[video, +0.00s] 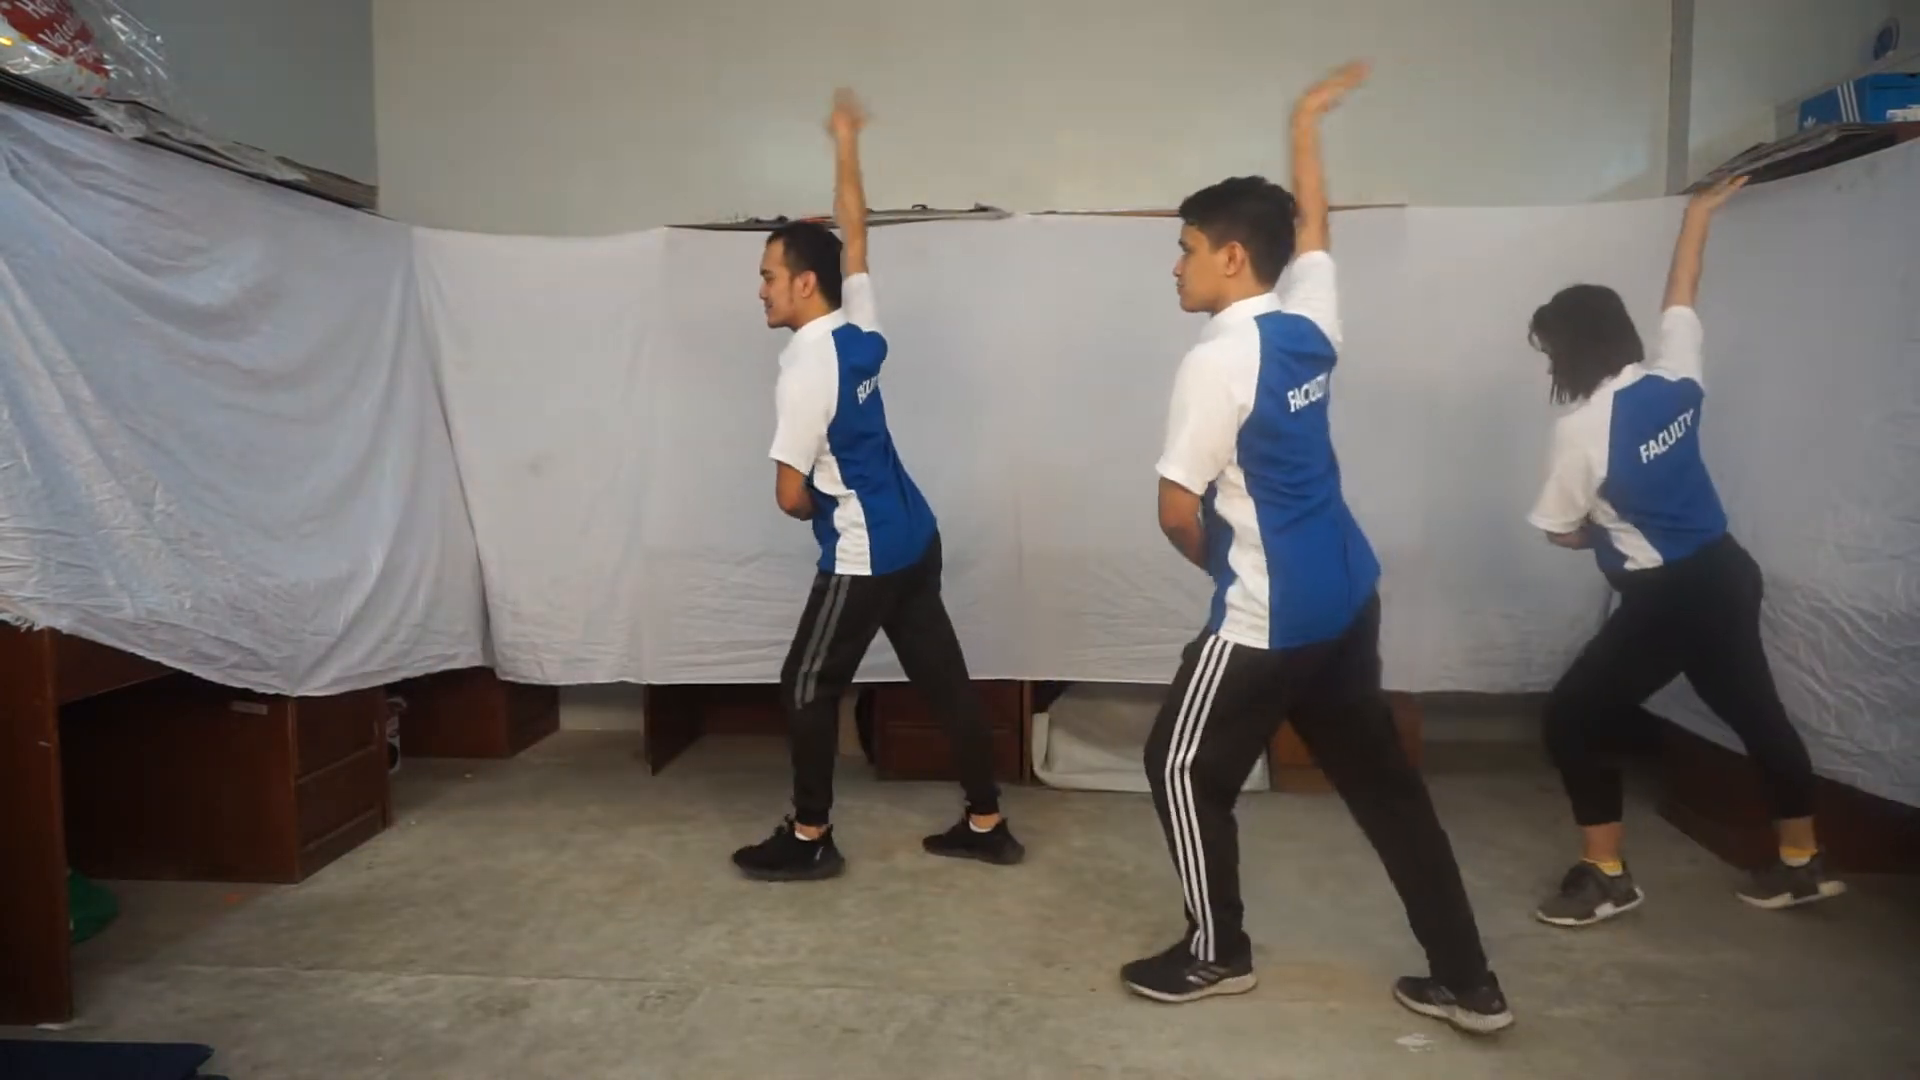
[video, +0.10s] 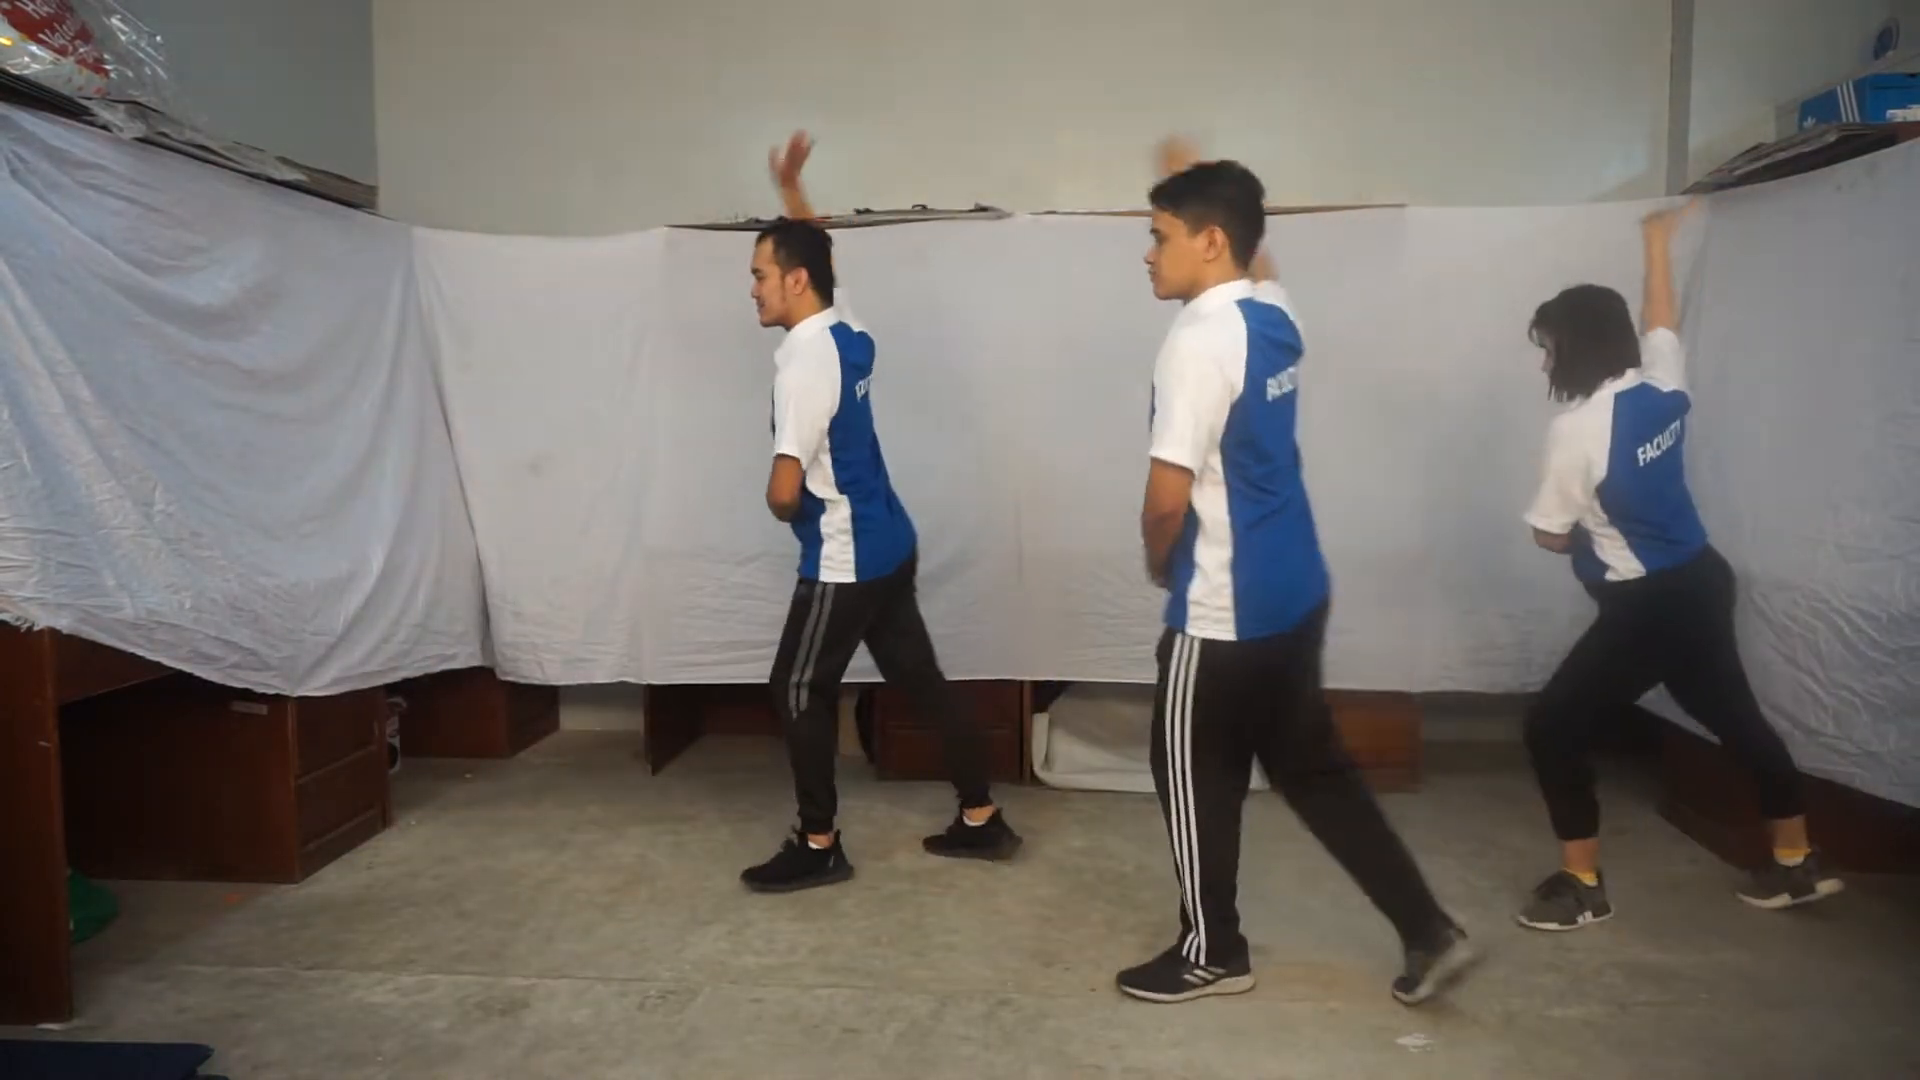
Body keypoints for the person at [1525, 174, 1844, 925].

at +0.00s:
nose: (1548, 364)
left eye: (1550, 352)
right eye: (1546, 351)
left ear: (1571, 350)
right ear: (1617, 333)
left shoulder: (1580, 428)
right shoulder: (1674, 375)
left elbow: (1561, 528)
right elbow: (1684, 293)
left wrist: (1611, 524)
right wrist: (1698, 214)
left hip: (1667, 598)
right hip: (1728, 574)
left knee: (1570, 717)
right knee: (1762, 715)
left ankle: (1605, 872)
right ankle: (1801, 862)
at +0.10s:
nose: (1545, 363)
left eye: (1549, 348)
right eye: (1544, 348)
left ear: (1573, 350)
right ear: (1618, 341)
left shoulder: (1574, 431)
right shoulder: (1662, 386)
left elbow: (1551, 534)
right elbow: (1661, 311)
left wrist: (1589, 505)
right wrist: (1656, 236)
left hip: (1647, 605)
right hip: (1706, 583)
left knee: (1551, 727)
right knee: (1740, 719)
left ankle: (1581, 883)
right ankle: (1796, 863)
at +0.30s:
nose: (1522, 333)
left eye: (1534, 320)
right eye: (1524, 320)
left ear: (1573, 329)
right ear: (1583, 333)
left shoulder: (1564, 405)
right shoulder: (1594, 388)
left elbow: (1514, 514)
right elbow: (1523, 418)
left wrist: (1484, 560)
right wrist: (1500, 352)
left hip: (1588, 595)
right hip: (1615, 588)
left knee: (1532, 729)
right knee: (1573, 709)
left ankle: (1583, 884)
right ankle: (1684, 825)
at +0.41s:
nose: (1500, 323)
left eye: (1516, 312)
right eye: (1502, 310)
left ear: (1557, 328)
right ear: (1523, 326)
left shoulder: (1559, 404)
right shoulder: (1526, 401)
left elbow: (1523, 513)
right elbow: (1461, 471)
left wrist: (1453, 592)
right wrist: (1401, 424)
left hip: (1579, 594)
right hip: (1539, 591)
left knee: (1535, 721)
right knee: (1477, 714)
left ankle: (1585, 879)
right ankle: (1566, 838)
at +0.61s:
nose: (1469, 312)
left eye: (1485, 304)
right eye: (1458, 304)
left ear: (1512, 324)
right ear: (1441, 322)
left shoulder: (1533, 400)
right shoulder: (1420, 403)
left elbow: (1549, 506)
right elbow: (1382, 488)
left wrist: (1526, 597)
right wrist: (1342, 540)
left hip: (1503, 589)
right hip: (1426, 584)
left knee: (1505, 736)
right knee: (1403, 722)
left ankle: (1560, 867)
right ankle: (1394, 859)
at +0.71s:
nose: (1456, 308)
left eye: (1469, 300)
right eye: (1441, 300)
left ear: (1486, 320)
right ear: (1416, 321)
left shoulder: (1513, 399)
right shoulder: (1388, 397)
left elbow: (1549, 493)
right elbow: (1337, 479)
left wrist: (1567, 583)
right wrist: (1319, 539)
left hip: (1481, 586)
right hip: (1395, 580)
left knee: (1469, 721)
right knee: (1384, 715)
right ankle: (1387, 855)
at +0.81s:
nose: (1437, 309)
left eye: (1445, 301)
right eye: (1419, 302)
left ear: (1459, 321)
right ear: (1388, 323)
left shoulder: (1491, 402)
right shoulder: (1362, 402)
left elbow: (1537, 501)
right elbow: (1296, 481)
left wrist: (1586, 564)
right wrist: (1291, 538)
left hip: (1457, 586)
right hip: (1371, 580)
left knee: (1460, 726)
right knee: (1355, 715)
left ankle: (1451, 863)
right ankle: (1349, 844)